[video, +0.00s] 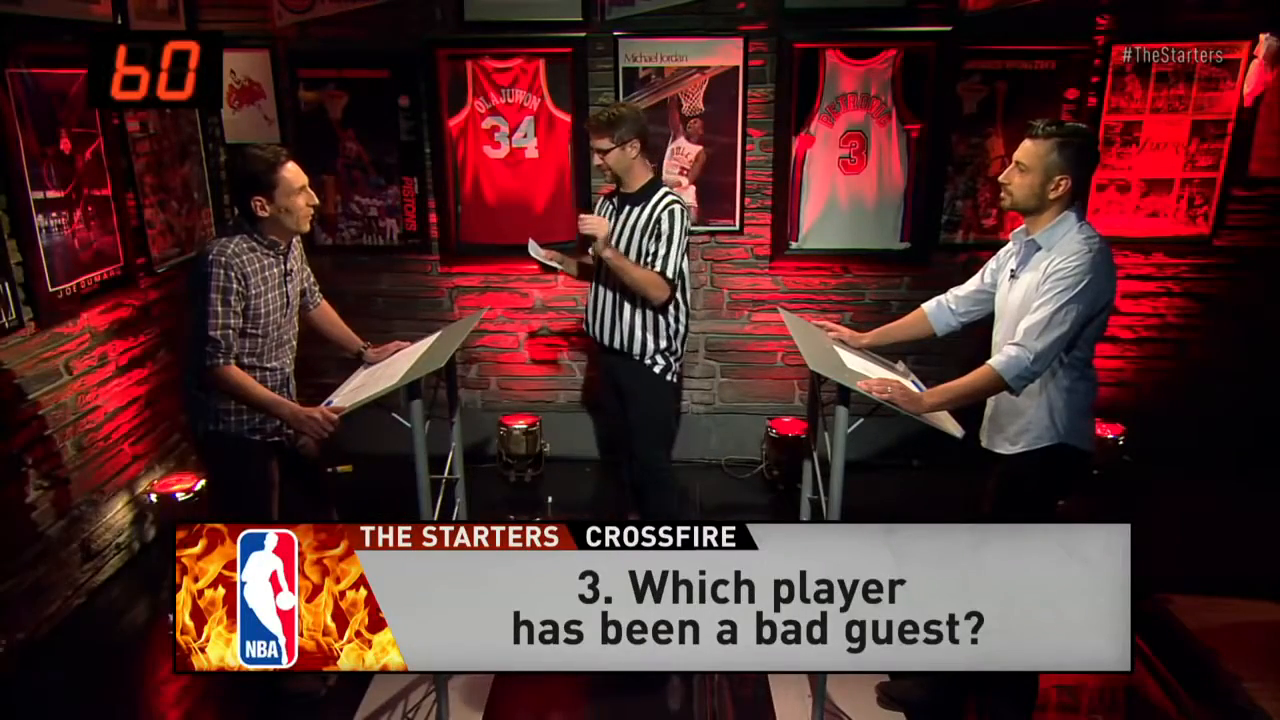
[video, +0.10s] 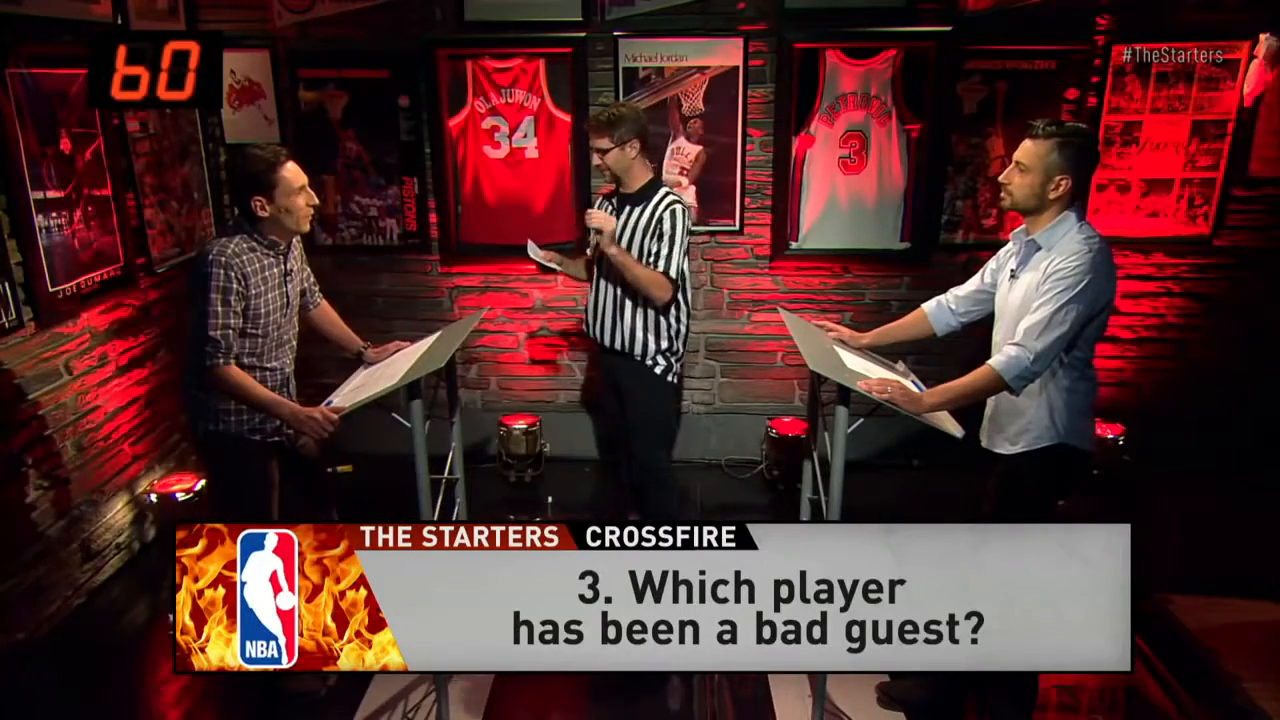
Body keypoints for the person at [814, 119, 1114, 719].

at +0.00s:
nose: (1005, 175)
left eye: (1020, 169)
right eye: (1010, 164)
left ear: (1058, 188)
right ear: (1047, 185)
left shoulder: (1083, 259)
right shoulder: (1025, 243)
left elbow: (1023, 360)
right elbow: (955, 306)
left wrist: (927, 398)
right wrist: (868, 339)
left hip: (1043, 446)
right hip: (1003, 434)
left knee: (1007, 580)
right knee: (979, 565)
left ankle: (1000, 705)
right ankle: (942, 684)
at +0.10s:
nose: (1005, 175)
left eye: (1020, 169)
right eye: (1010, 164)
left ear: (1057, 188)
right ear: (1045, 185)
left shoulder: (1082, 259)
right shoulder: (1025, 243)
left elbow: (1023, 360)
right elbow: (955, 306)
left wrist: (928, 399)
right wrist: (868, 339)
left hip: (1043, 445)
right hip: (1003, 433)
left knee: (1006, 580)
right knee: (979, 566)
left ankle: (1000, 705)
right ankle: (942, 684)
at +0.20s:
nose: (1005, 175)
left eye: (1020, 168)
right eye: (1010, 164)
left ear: (1057, 189)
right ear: (1046, 185)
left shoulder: (1082, 259)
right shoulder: (1025, 243)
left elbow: (1023, 360)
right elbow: (955, 306)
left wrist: (928, 398)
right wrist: (868, 339)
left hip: (1043, 445)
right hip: (1003, 433)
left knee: (1006, 580)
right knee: (980, 566)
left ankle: (1000, 705)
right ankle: (942, 683)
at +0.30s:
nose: (1006, 174)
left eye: (1021, 168)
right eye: (1011, 163)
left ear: (1058, 188)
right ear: (1047, 184)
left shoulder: (1083, 259)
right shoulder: (1025, 243)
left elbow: (1023, 359)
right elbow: (955, 306)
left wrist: (927, 398)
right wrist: (868, 339)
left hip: (1043, 446)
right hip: (1003, 434)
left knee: (1008, 580)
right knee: (980, 566)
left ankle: (1000, 705)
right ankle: (942, 683)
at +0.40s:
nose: (1006, 174)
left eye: (1021, 168)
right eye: (1011, 163)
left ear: (1058, 188)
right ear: (1047, 184)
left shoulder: (1083, 259)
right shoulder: (1025, 243)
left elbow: (1023, 359)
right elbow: (955, 306)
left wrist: (927, 398)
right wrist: (868, 339)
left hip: (1043, 446)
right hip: (1002, 434)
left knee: (1007, 580)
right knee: (980, 565)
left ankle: (1000, 705)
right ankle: (942, 683)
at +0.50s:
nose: (1006, 175)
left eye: (1021, 168)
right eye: (1011, 164)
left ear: (1058, 188)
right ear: (1047, 184)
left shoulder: (1083, 258)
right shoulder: (1025, 243)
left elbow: (1023, 360)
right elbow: (955, 306)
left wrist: (927, 398)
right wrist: (868, 339)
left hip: (1043, 445)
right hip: (1003, 433)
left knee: (1007, 580)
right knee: (980, 565)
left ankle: (1000, 705)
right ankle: (942, 683)